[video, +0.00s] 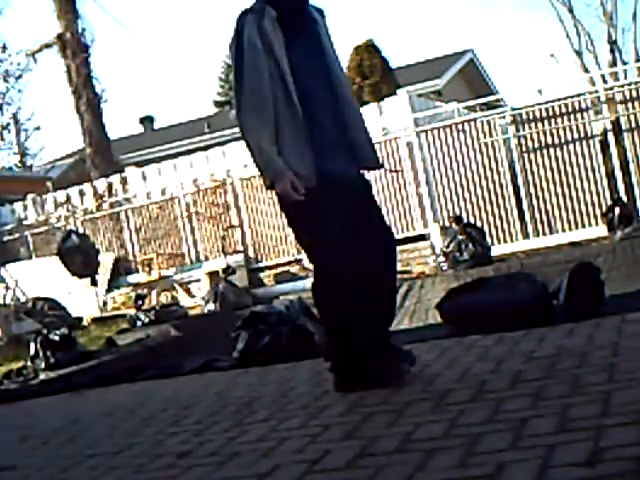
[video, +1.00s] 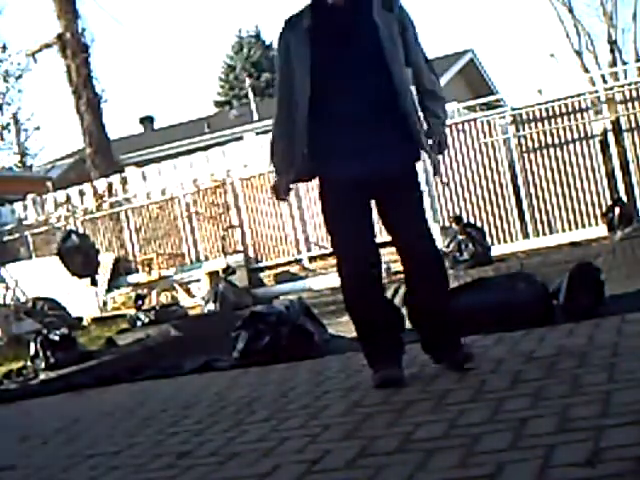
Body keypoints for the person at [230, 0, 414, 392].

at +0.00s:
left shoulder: (314, 17)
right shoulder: (254, 23)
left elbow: (329, 91)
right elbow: (250, 111)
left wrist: (355, 153)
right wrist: (275, 169)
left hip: (341, 169)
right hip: (303, 176)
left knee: (379, 248)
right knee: (337, 263)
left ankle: (377, 347)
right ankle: (353, 369)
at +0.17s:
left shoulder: (353, 13)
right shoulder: (268, 27)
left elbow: (376, 86)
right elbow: (261, 105)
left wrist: (391, 151)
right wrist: (271, 161)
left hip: (368, 169)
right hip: (316, 178)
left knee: (407, 259)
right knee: (339, 276)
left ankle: (448, 344)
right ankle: (352, 366)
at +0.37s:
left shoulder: (397, 9)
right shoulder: (302, 21)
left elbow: (432, 71)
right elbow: (291, 96)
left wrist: (460, 121)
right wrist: (291, 161)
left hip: (398, 159)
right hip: (342, 166)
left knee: (430, 253)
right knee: (360, 264)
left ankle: (455, 345)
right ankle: (366, 362)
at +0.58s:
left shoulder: (408, 7)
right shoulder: (311, 21)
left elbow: (445, 64)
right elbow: (308, 95)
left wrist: (466, 117)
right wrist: (311, 158)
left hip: (408, 154)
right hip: (350, 165)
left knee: (433, 255)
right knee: (369, 265)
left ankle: (455, 346)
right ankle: (385, 361)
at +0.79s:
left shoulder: (402, 7)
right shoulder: (306, 21)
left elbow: (434, 71)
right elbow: (303, 94)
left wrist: (444, 128)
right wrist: (308, 155)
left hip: (406, 156)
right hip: (346, 166)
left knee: (431, 256)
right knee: (365, 268)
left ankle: (455, 346)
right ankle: (385, 361)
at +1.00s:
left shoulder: (389, 11)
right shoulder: (295, 30)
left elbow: (423, 74)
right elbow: (287, 104)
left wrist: (435, 123)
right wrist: (283, 169)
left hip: (394, 162)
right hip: (338, 174)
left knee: (422, 257)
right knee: (357, 271)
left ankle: (445, 344)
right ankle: (385, 362)